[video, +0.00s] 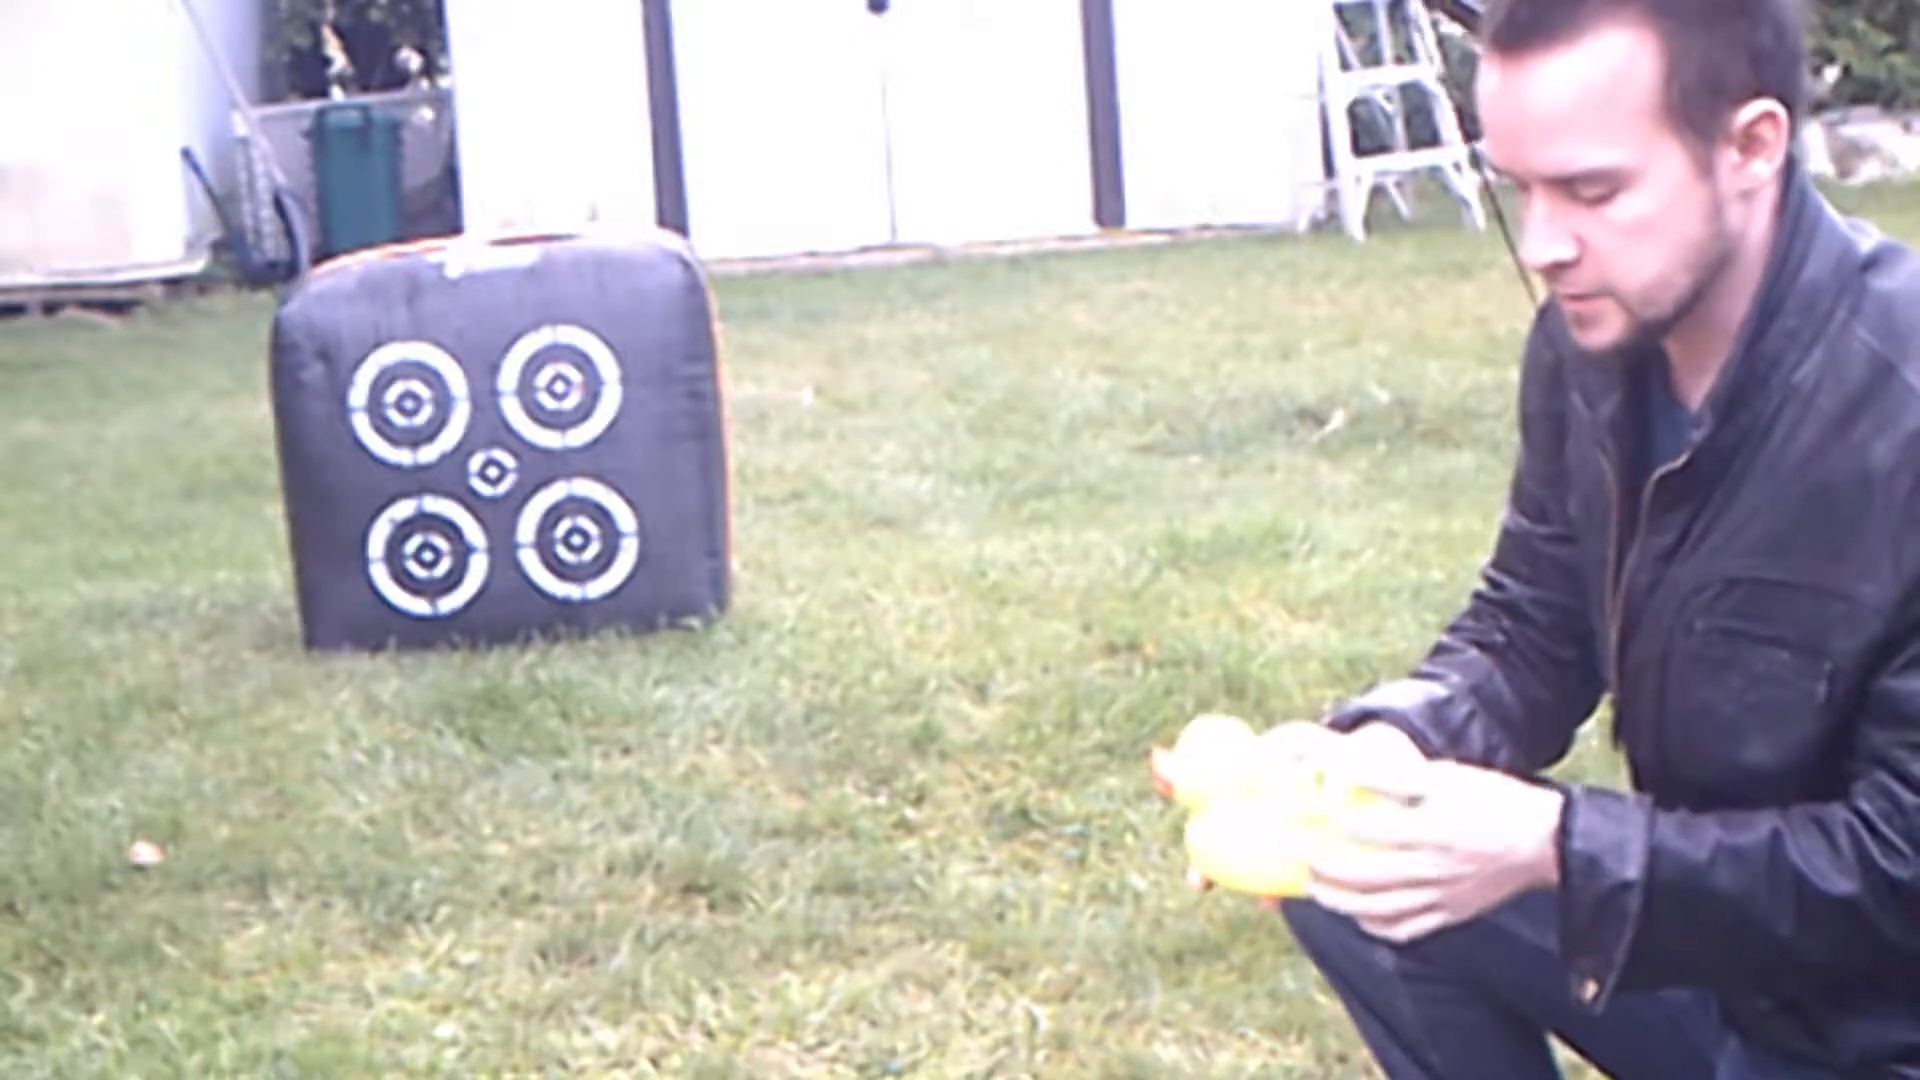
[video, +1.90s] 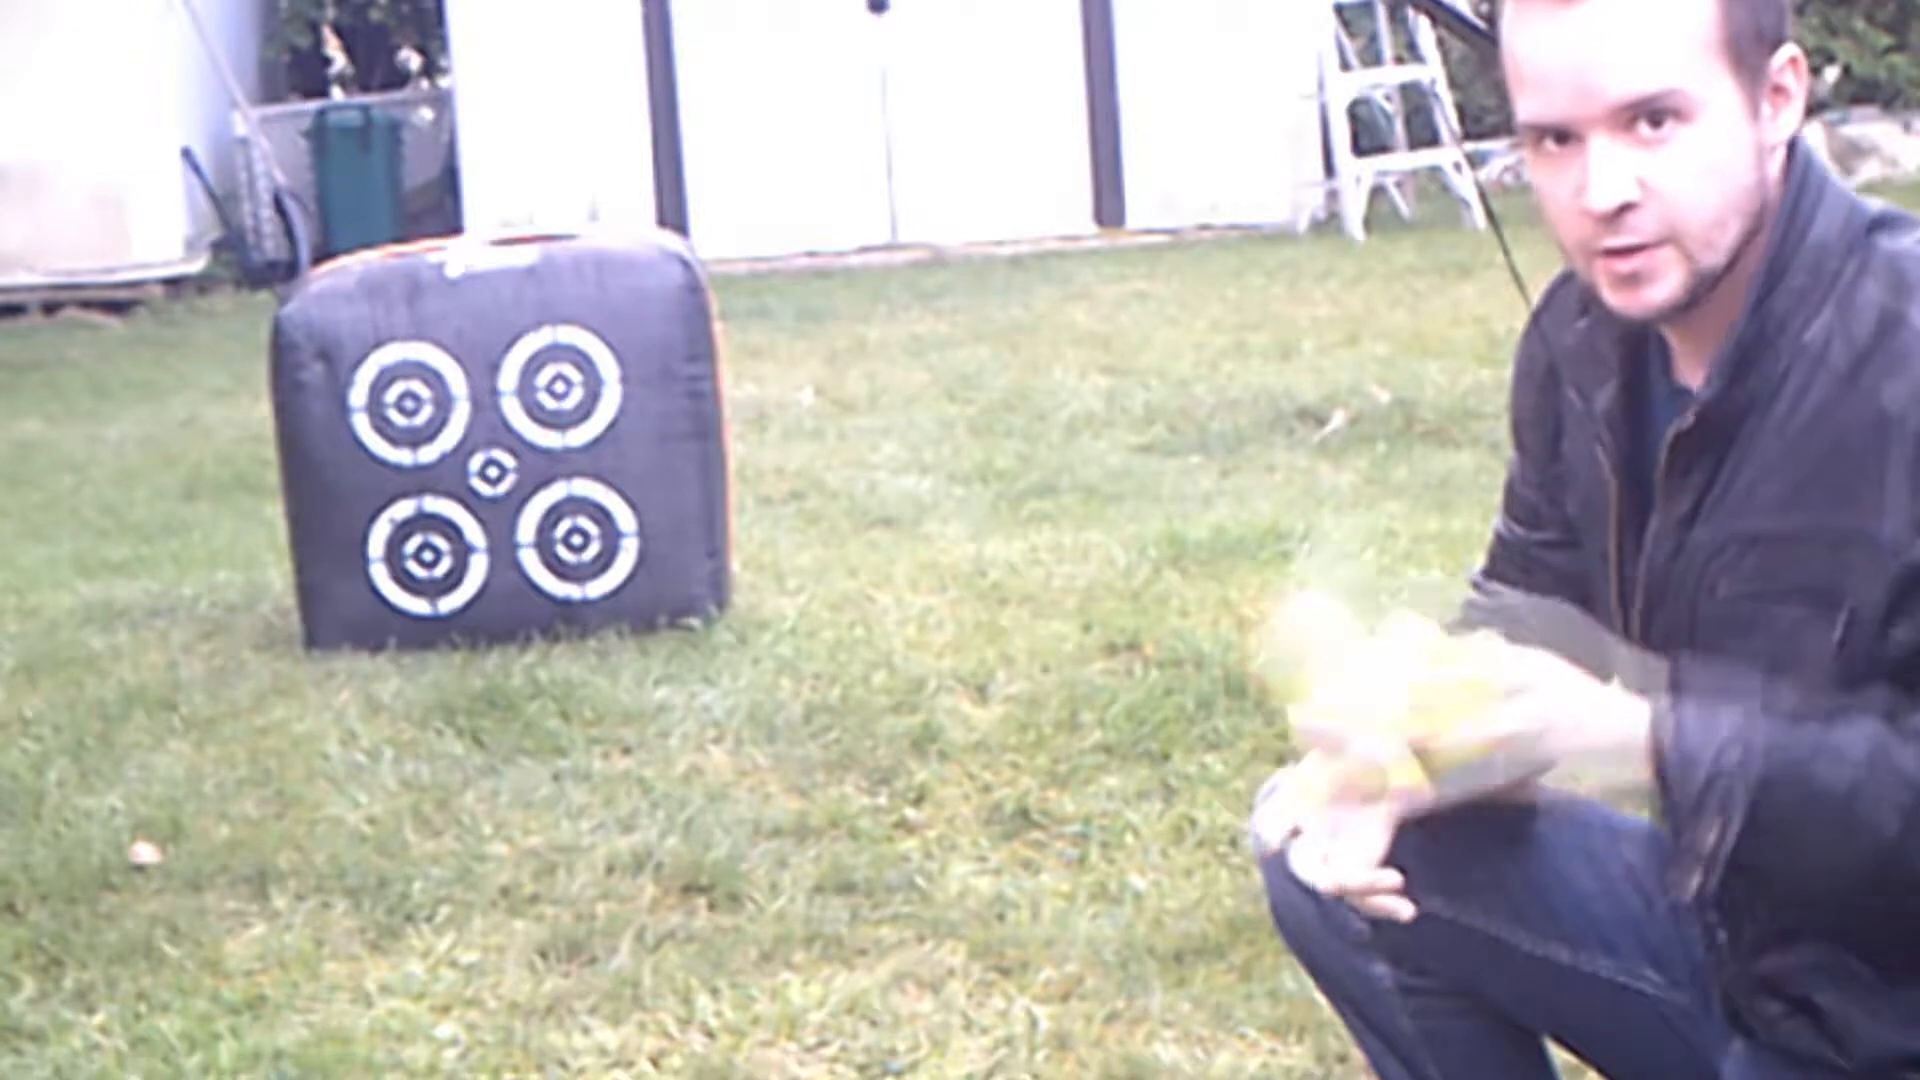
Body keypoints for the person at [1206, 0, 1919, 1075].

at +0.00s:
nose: (1538, 250)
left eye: (1592, 192)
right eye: (1515, 190)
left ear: (1755, 149)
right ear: (1493, 157)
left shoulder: (1897, 390)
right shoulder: (1585, 339)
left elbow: (1898, 854)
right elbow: (1532, 634)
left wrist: (1558, 848)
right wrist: (1376, 750)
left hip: (1873, 1042)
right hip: (1699, 977)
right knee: (1348, 874)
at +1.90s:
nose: (1602, 192)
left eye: (1653, 122)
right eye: (1555, 139)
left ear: (1779, 102)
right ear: (1520, 145)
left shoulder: (1895, 336)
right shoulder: (1579, 332)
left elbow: (1901, 780)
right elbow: (1529, 613)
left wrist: (1646, 741)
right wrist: (1401, 762)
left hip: (1869, 1019)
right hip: (1718, 929)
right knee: (1324, 853)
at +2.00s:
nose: (1607, 189)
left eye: (1657, 118)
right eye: (1559, 135)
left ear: (1783, 96)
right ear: (1522, 144)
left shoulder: (1902, 323)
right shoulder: (1579, 333)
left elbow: (1907, 682)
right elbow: (1540, 633)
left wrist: (1685, 606)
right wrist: (1409, 752)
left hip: (1884, 1028)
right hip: (1741, 931)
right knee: (1324, 842)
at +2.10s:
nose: (1613, 189)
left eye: (1664, 117)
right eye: (1564, 136)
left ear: (1787, 91)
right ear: (1527, 143)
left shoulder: (1896, 297)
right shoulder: (1601, 324)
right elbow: (1526, 630)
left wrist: (1742, 472)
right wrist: (1407, 758)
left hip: (1881, 1036)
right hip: (1762, 941)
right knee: (1325, 842)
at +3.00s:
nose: (1576, 245)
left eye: (1627, 180)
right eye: (1536, 189)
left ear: (1772, 127)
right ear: (1508, 160)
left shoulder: (1901, 319)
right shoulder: (1583, 338)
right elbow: (1537, 643)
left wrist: (1740, 598)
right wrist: (1395, 752)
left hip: (1887, 1040)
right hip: (1757, 943)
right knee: (1350, 864)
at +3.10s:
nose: (1568, 269)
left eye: (1618, 204)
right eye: (1530, 210)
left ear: (1765, 148)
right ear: (1500, 182)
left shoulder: (1895, 371)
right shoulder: (1575, 350)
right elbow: (1536, 623)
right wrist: (1388, 747)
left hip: (1866, 1031)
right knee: (1338, 869)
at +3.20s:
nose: (1556, 304)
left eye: (1605, 243)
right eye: (1518, 247)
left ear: (1755, 182)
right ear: (1490, 207)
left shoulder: (1894, 422)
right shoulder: (1574, 363)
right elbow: (1539, 644)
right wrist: (1396, 740)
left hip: (1884, 966)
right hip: (1706, 905)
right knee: (1344, 850)